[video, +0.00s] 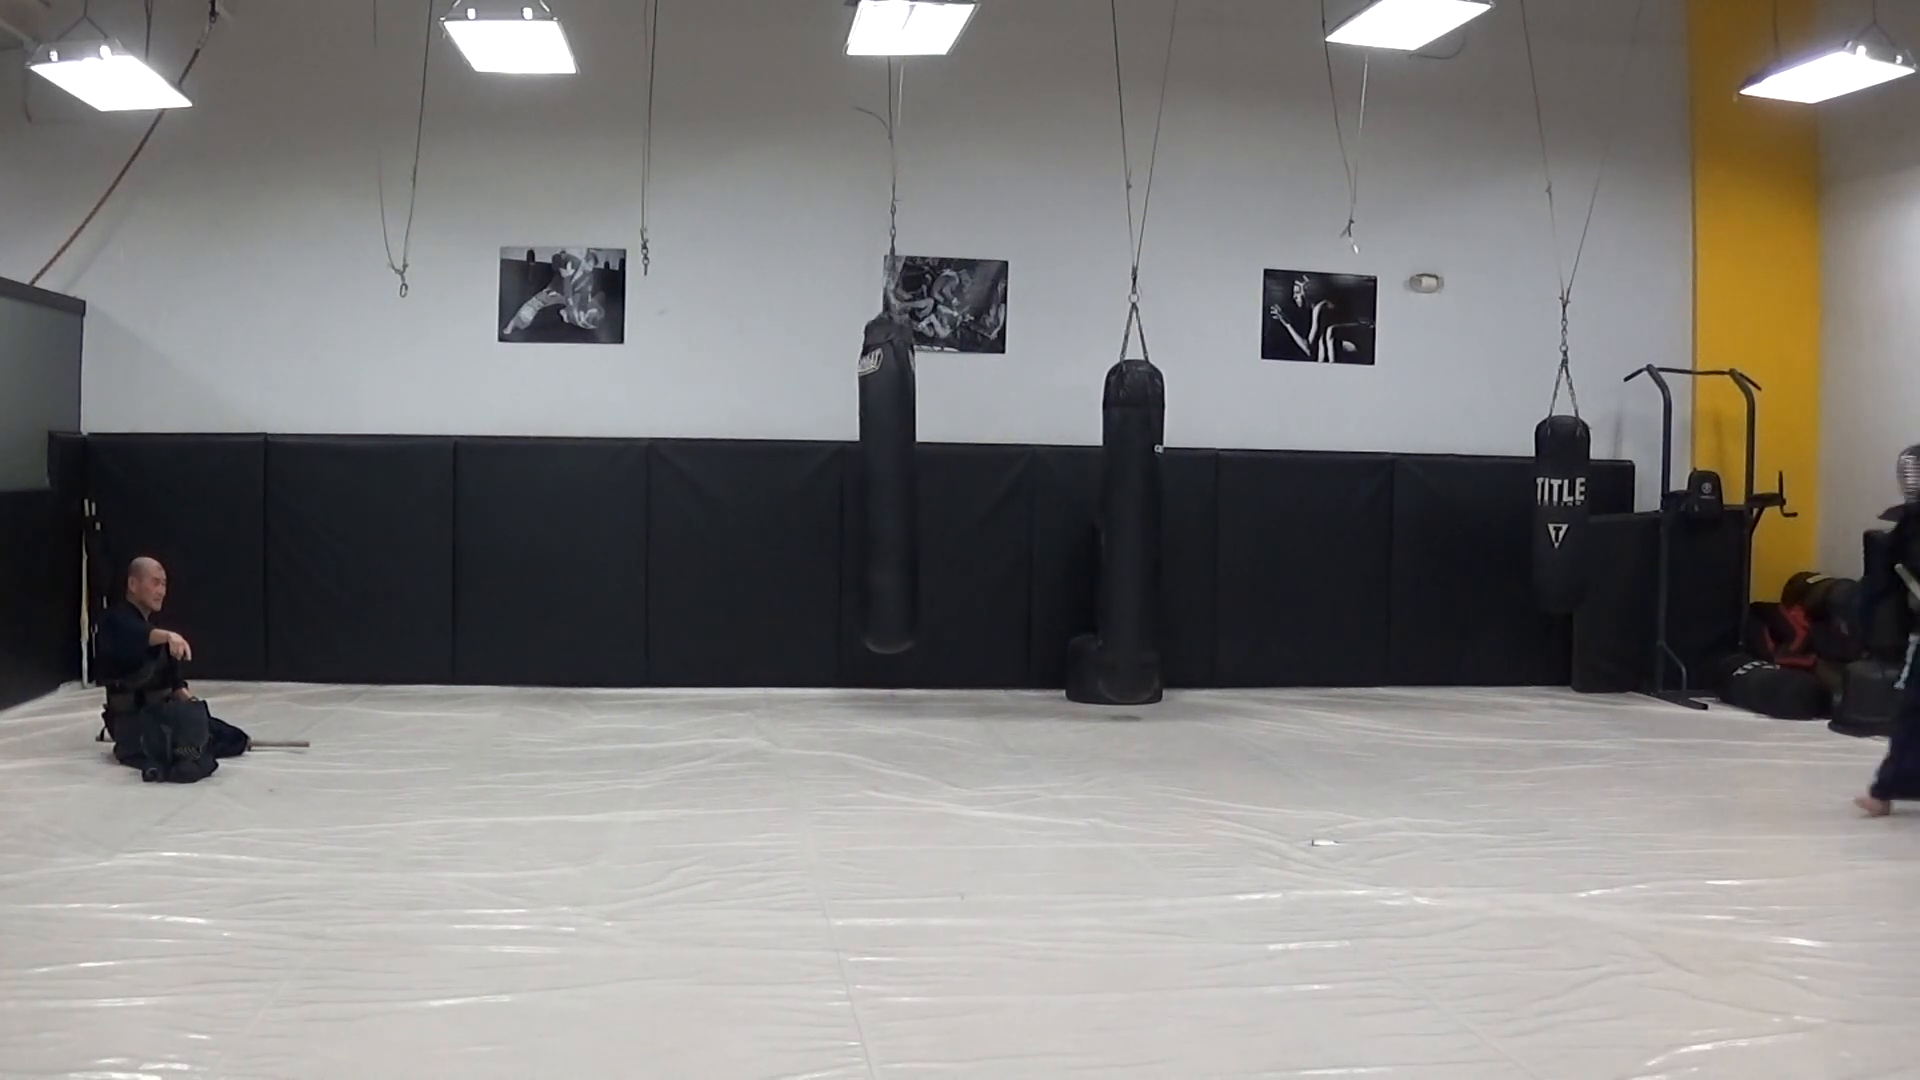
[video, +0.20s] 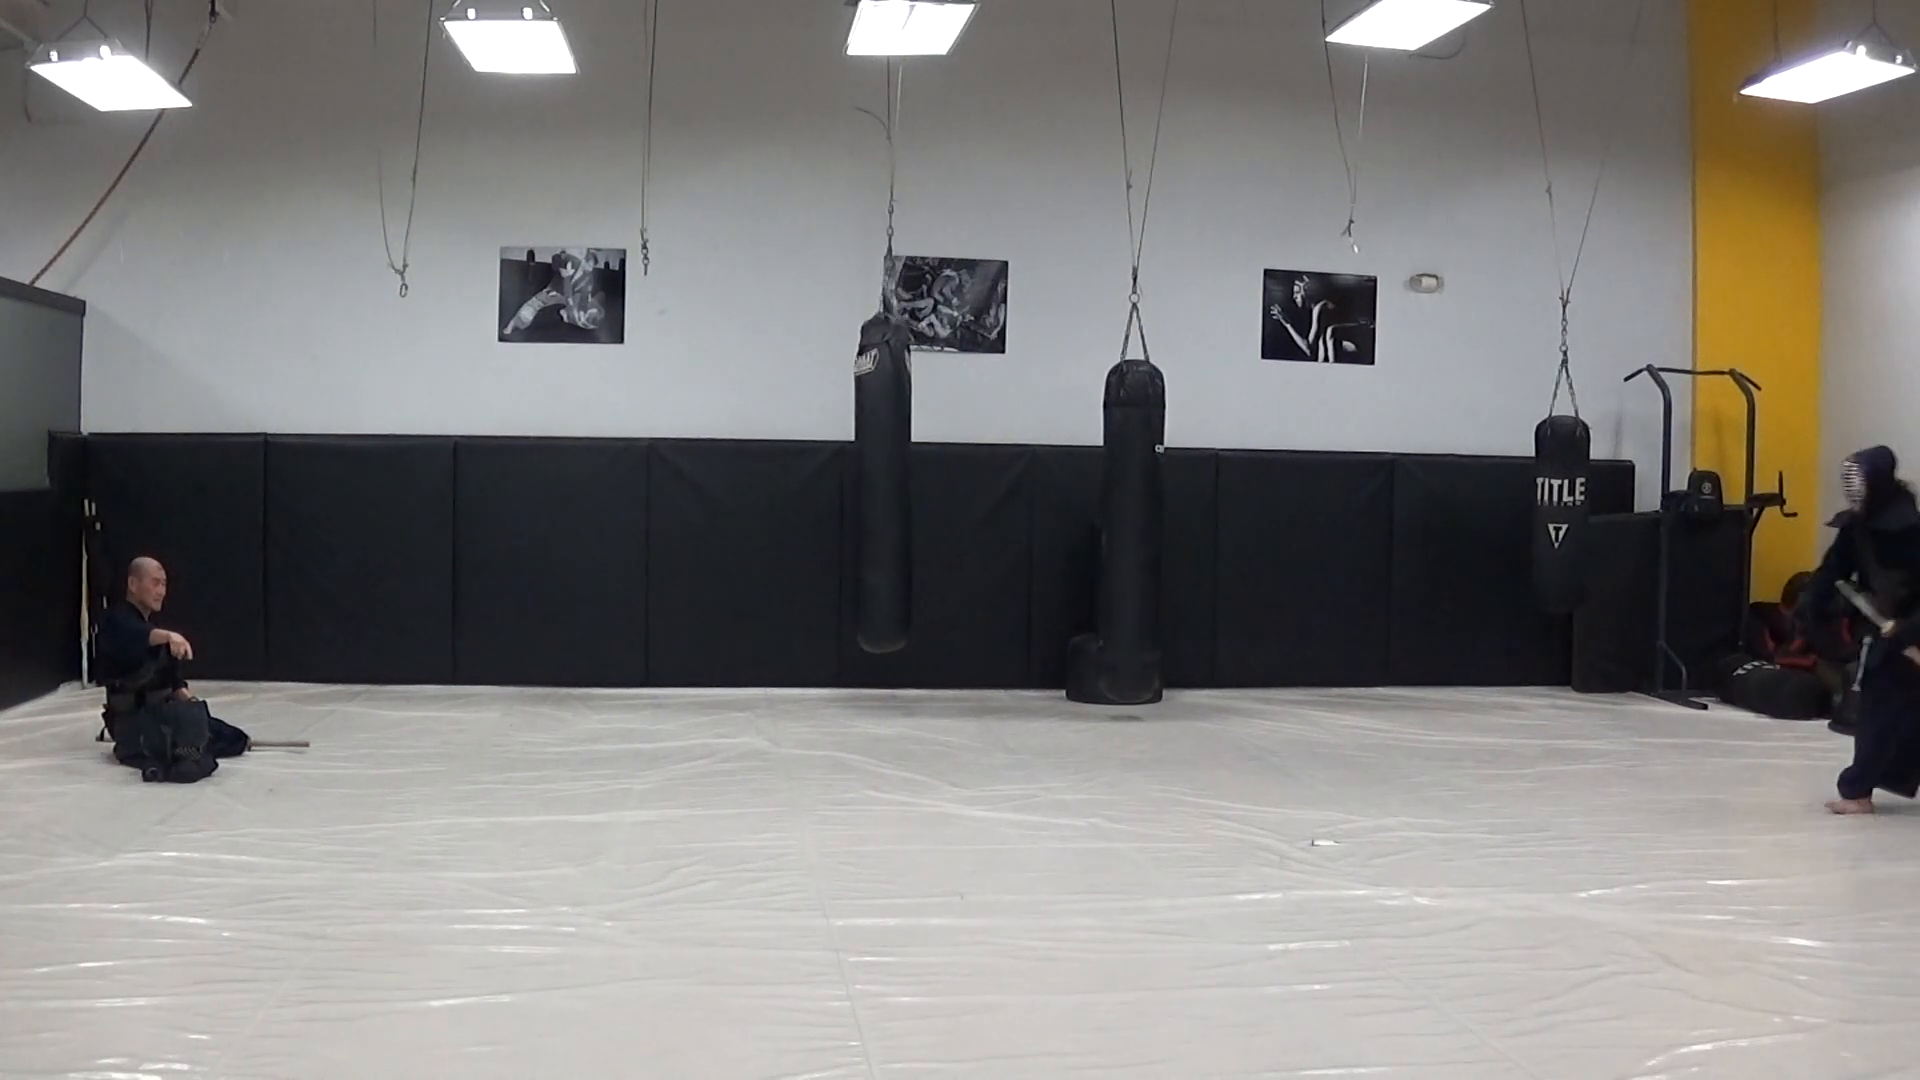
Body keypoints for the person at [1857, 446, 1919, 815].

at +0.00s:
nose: (1906, 481)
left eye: (1910, 473)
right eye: (1906, 473)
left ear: (1915, 477)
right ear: (1907, 477)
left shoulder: (1911, 521)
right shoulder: (1908, 520)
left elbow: (1886, 575)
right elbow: (1889, 573)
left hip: (1918, 634)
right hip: (1916, 634)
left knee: (1910, 707)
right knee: (1909, 707)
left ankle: (1884, 790)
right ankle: (1884, 790)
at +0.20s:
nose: (1849, 487)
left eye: (1855, 480)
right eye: (1847, 480)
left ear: (1877, 482)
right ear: (1854, 481)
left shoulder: (1904, 520)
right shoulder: (1857, 522)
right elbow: (1833, 570)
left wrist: (1905, 625)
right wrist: (1812, 608)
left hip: (1906, 628)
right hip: (1882, 626)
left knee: (1876, 704)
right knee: (1885, 703)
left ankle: (1858, 793)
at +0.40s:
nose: (1791, 487)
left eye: (1797, 480)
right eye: (1788, 479)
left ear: (1817, 480)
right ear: (1787, 479)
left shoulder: (1850, 520)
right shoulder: (1800, 521)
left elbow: (1875, 592)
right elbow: (1785, 579)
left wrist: (1837, 624)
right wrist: (1769, 630)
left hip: (1862, 625)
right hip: (1828, 626)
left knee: (1850, 704)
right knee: (1823, 703)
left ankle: (1856, 793)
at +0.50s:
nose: (1757, 488)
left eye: (1764, 481)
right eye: (1754, 480)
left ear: (1783, 483)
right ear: (1753, 481)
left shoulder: (1817, 522)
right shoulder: (1769, 521)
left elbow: (1844, 590)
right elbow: (1767, 582)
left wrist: (1804, 624)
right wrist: (1759, 631)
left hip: (1834, 626)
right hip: (1789, 625)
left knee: (1838, 705)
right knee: (1775, 699)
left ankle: (1854, 793)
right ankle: (1777, 774)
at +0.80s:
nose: (1638, 509)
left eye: (1644, 499)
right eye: (1634, 500)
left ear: (1665, 498)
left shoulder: (1703, 528)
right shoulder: (1650, 536)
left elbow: (1737, 590)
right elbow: (1641, 587)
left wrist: (1707, 631)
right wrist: (1628, 622)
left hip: (1713, 628)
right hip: (1680, 629)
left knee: (1675, 706)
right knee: (1674, 705)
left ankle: (1741, 765)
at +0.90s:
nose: (1593, 500)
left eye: (1600, 492)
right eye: (1590, 492)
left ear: (1621, 492)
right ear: (1588, 492)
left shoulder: (1658, 527)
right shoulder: (1603, 534)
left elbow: (1705, 585)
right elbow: (1582, 581)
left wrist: (1677, 625)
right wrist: (1558, 619)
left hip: (1682, 626)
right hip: (1653, 626)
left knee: (1624, 696)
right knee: (1664, 701)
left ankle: (1642, 784)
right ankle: (1690, 780)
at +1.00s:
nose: (1551, 504)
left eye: (1558, 495)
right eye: (1547, 494)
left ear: (1580, 494)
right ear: (1545, 491)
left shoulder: (1618, 529)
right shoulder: (1558, 529)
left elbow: (1661, 587)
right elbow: (1539, 572)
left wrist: (1632, 625)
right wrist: (1528, 600)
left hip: (1625, 628)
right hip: (1595, 625)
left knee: (1582, 697)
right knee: (1635, 698)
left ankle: (1556, 792)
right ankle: (1683, 761)